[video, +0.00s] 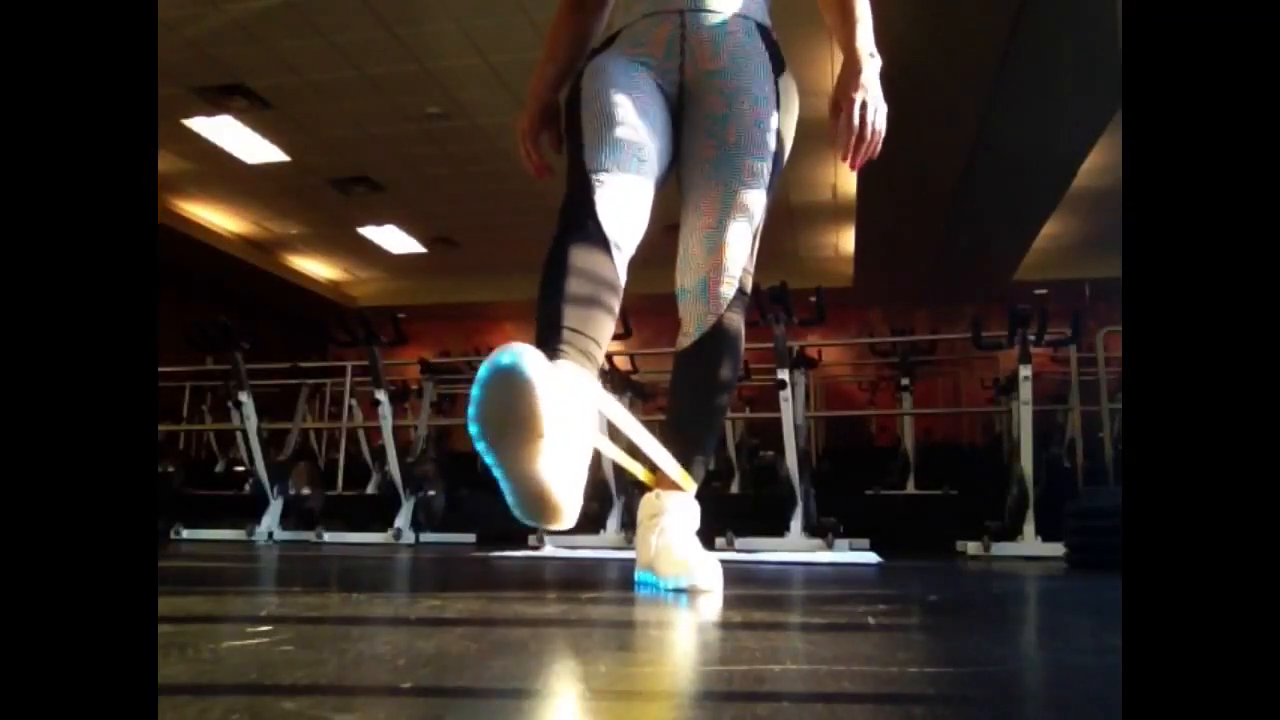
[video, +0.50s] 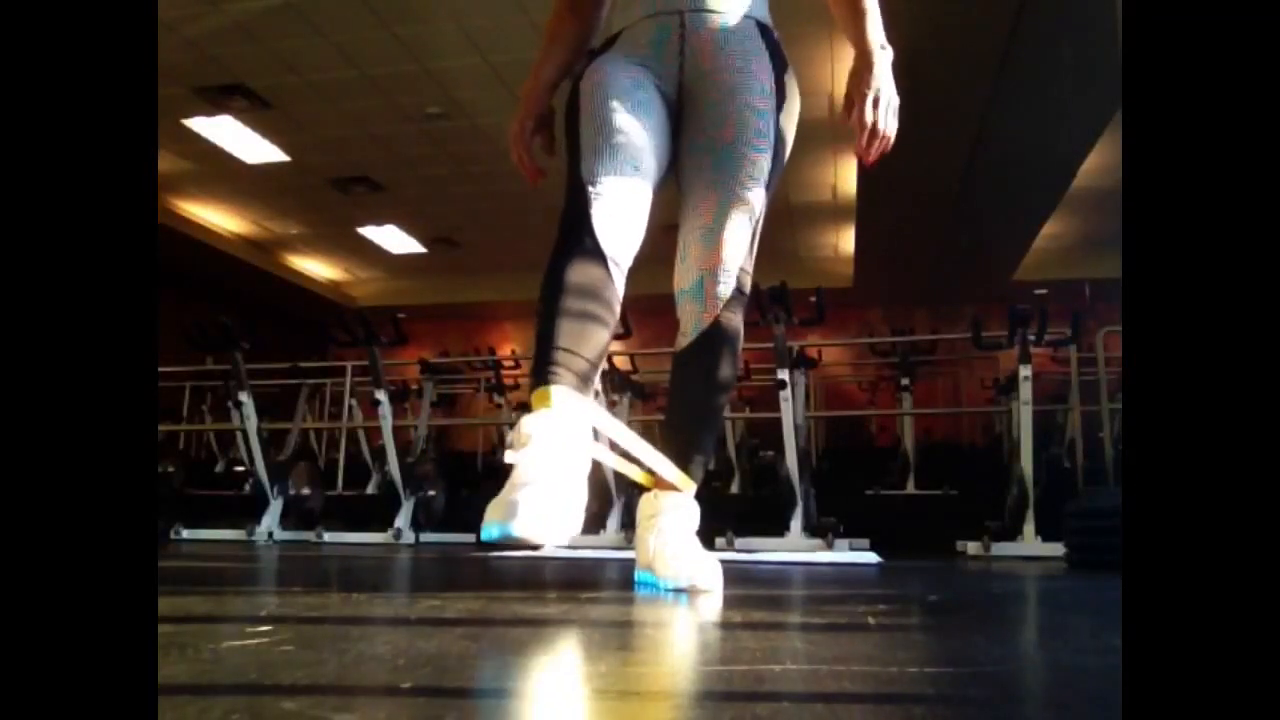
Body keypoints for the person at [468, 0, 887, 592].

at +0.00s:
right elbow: (586, 3)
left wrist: (860, 60)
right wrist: (544, 90)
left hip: (739, 24)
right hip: (628, 30)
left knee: (717, 276)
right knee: (604, 196)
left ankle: (671, 513)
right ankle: (561, 427)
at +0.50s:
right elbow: (580, 8)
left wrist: (873, 50)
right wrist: (539, 89)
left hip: (740, 30)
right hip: (627, 33)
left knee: (717, 271)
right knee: (603, 210)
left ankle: (670, 516)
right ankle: (551, 459)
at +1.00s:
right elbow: (585, 7)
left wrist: (872, 25)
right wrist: (554, 106)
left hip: (745, 28)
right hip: (632, 31)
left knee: (717, 273)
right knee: (614, 206)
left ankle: (674, 513)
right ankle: (577, 441)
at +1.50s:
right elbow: (589, 3)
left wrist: (867, 72)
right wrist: (550, 82)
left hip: (744, 25)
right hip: (632, 25)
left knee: (722, 273)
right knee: (597, 203)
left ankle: (673, 516)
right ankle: (533, 441)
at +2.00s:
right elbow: (589, 6)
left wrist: (864, 41)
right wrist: (555, 97)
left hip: (744, 30)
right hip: (630, 29)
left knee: (722, 279)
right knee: (612, 208)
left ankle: (673, 516)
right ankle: (577, 419)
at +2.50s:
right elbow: (597, 3)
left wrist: (862, 83)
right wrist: (555, 72)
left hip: (740, 32)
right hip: (633, 35)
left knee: (719, 278)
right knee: (590, 202)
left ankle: (672, 516)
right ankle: (525, 419)